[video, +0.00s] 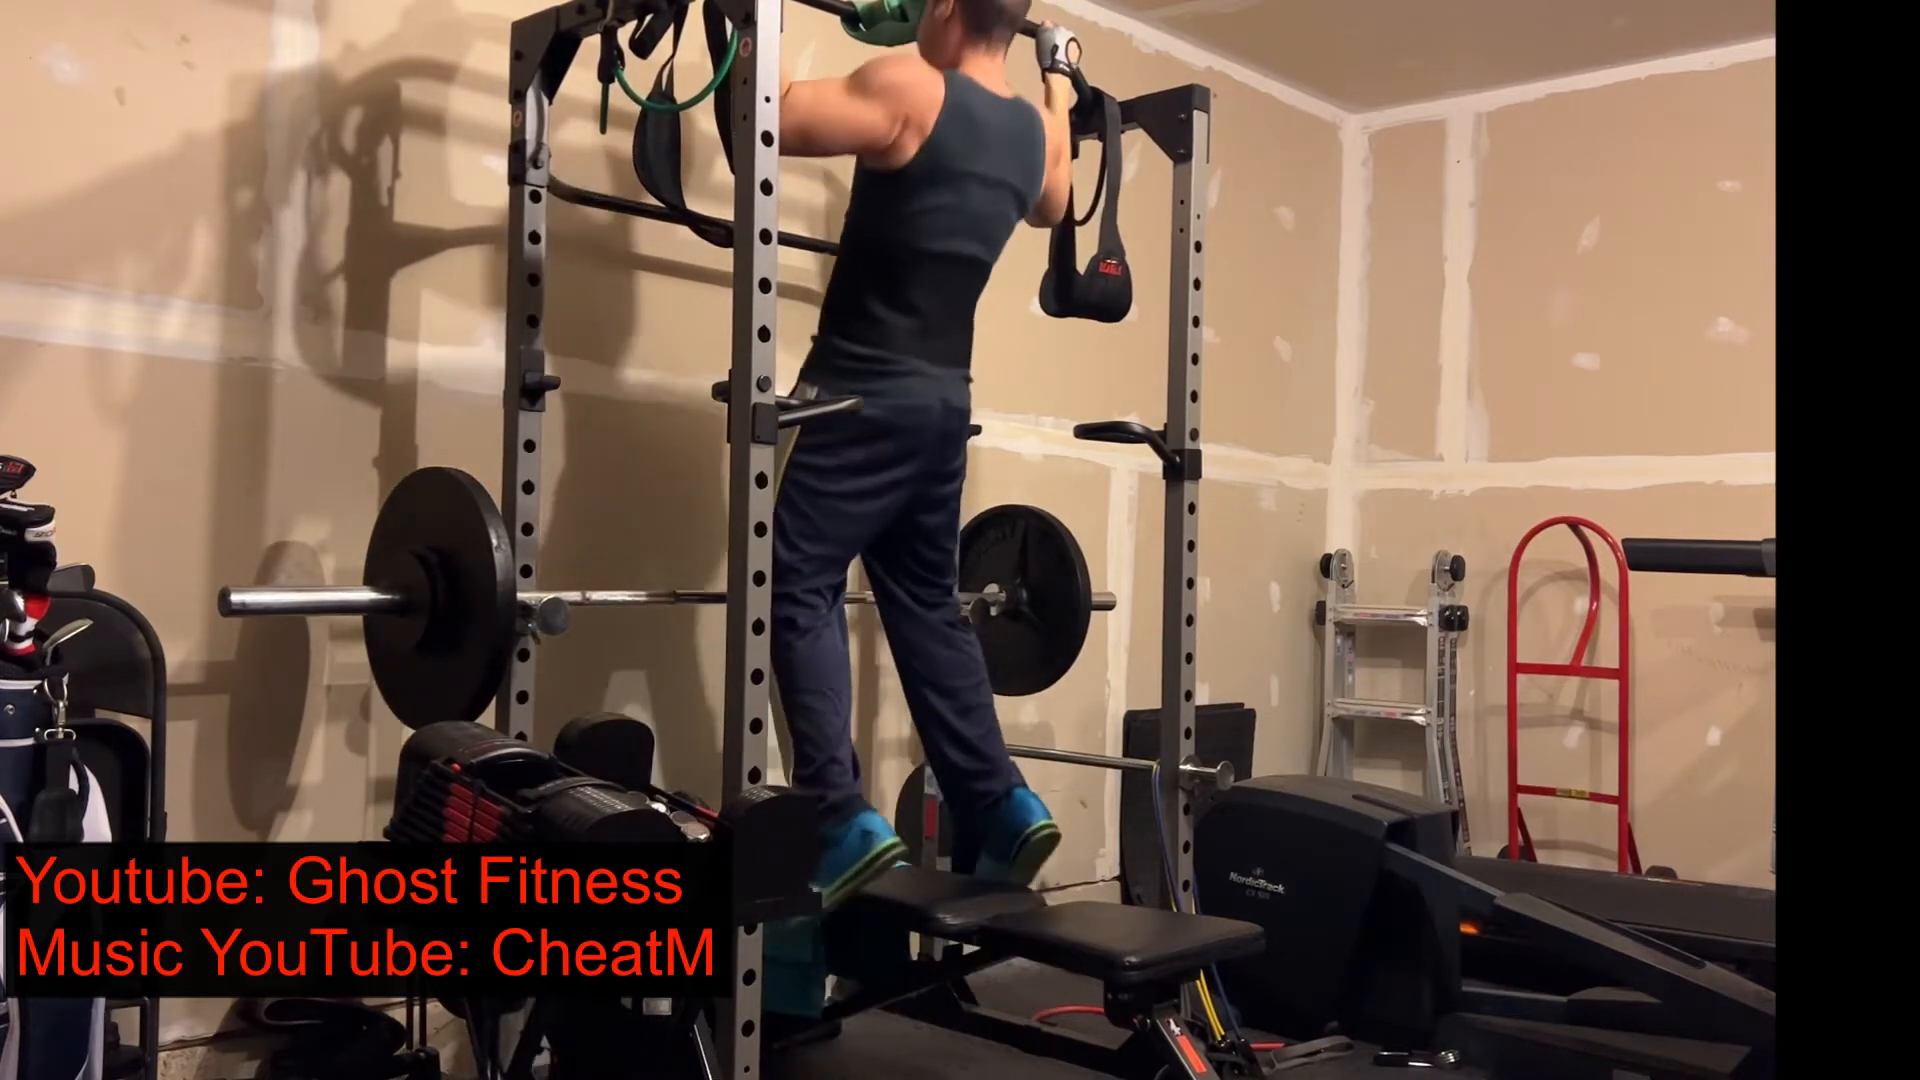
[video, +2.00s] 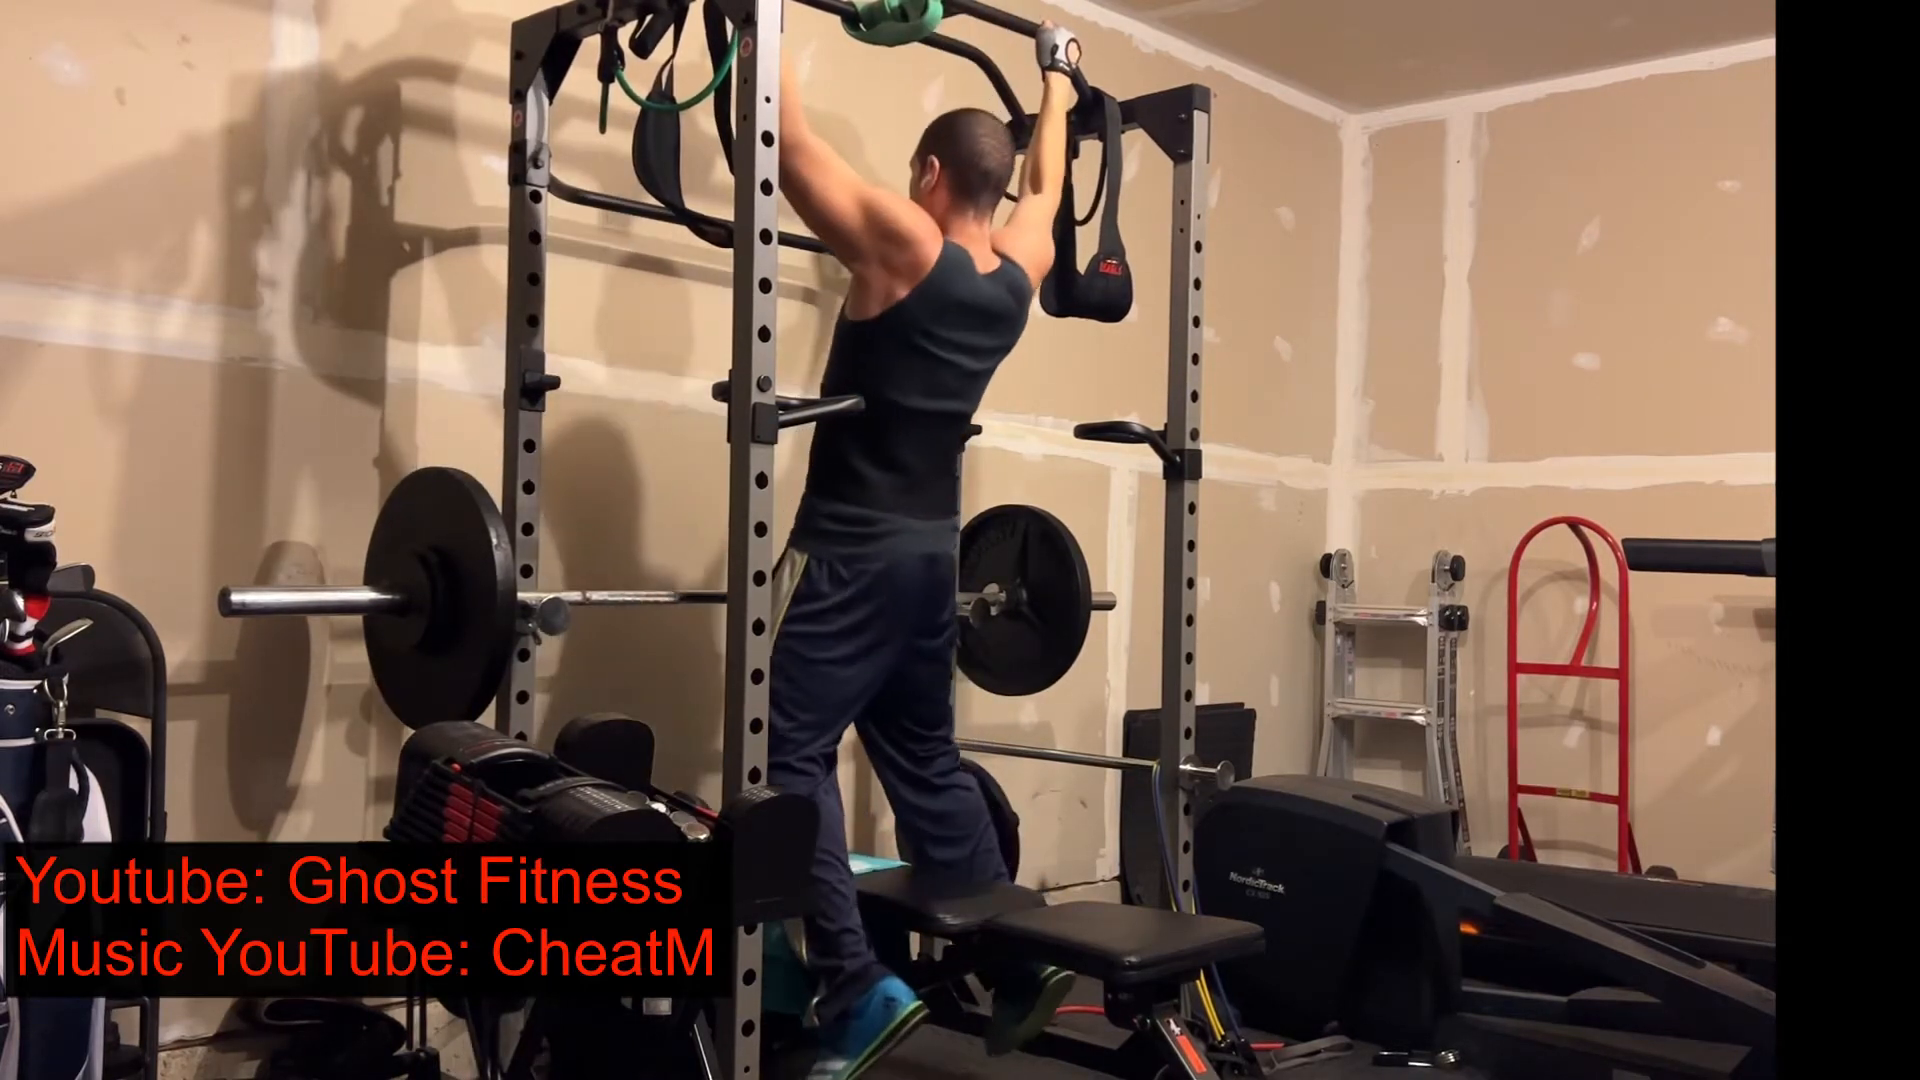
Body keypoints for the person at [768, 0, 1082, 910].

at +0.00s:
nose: (920, 17)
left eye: (927, 6)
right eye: (926, 7)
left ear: (947, 13)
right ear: (1013, 30)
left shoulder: (906, 86)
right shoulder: (1033, 130)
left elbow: (769, 117)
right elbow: (1056, 207)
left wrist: (748, 22)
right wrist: (1058, 95)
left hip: (861, 389)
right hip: (941, 400)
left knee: (799, 593)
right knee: (928, 608)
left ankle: (842, 820)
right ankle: (1002, 809)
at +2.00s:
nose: (908, 171)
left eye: (916, 159)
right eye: (920, 161)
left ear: (932, 169)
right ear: (1003, 190)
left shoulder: (900, 238)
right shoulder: (1016, 275)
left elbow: (791, 140)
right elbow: (1044, 188)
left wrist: (769, 25)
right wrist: (1058, 102)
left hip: (855, 544)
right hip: (931, 547)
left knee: (796, 753)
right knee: (924, 757)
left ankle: (849, 976)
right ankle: (1005, 960)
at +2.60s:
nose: (929, 19)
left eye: (934, 8)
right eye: (932, 10)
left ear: (957, 10)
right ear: (1026, 27)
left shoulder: (924, 77)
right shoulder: (1048, 117)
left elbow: (781, 109)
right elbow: (1072, 203)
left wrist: (754, 11)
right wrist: (1061, 88)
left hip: (875, 394)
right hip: (956, 405)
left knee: (790, 583)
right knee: (921, 601)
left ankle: (817, 813)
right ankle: (980, 798)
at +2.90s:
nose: (910, 55)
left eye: (919, 41)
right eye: (921, 42)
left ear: (936, 55)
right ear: (1003, 78)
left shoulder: (900, 135)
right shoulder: (1022, 176)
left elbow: (765, 124)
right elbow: (1055, 191)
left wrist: (744, 32)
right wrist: (1057, 94)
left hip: (860, 442)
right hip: (934, 448)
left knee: (793, 637)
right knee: (914, 639)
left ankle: (852, 858)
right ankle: (994, 828)